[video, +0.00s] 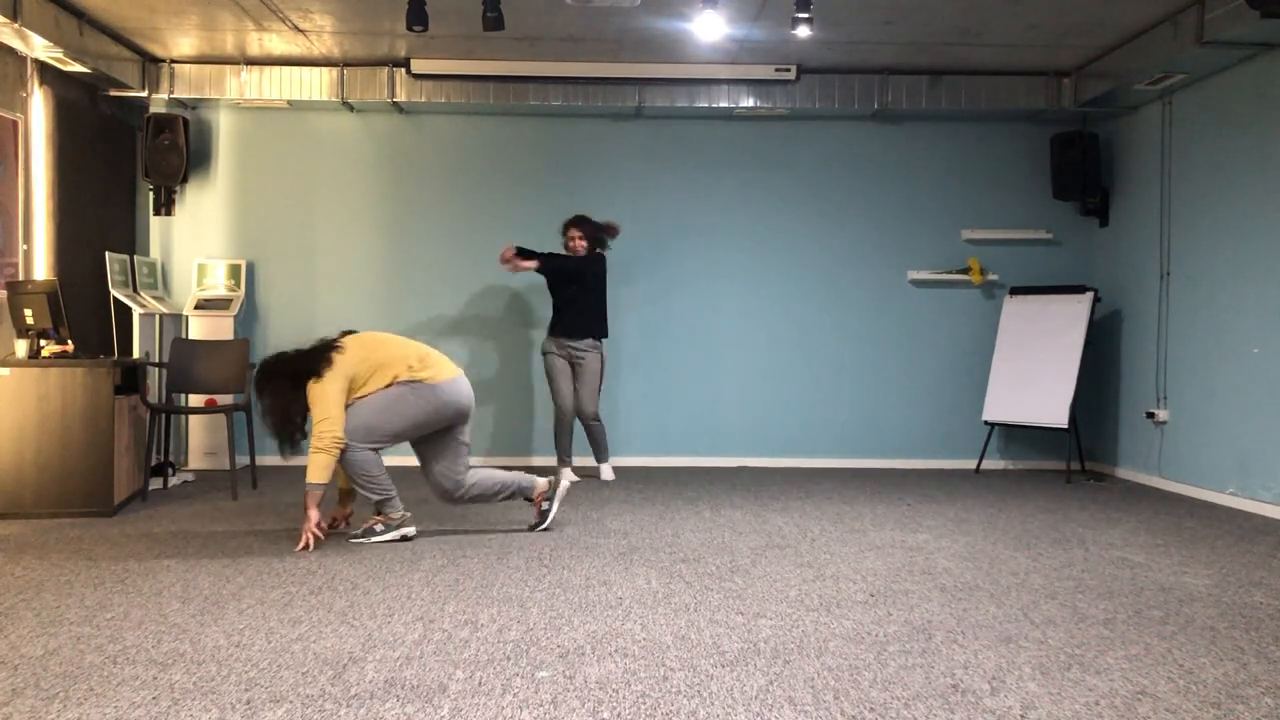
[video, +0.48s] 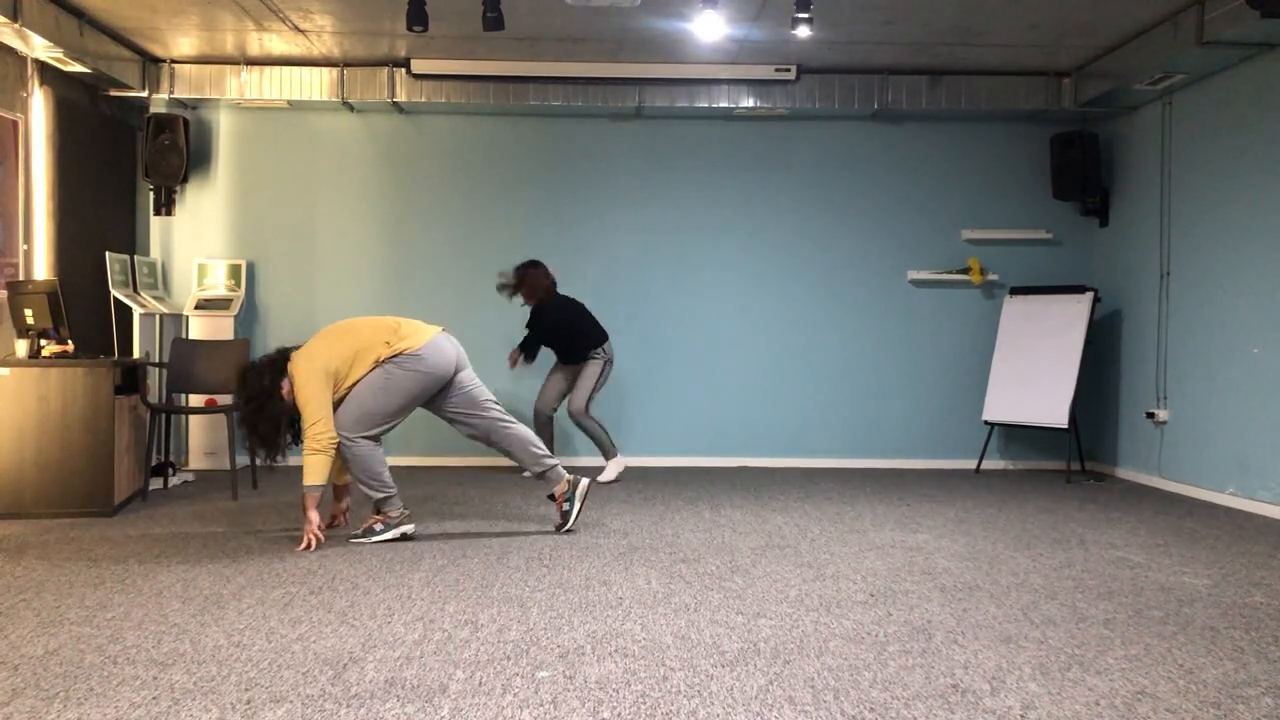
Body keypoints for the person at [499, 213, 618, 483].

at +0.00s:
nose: (573, 243)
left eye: (579, 238)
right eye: (569, 238)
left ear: (590, 241)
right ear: (564, 241)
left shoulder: (596, 261)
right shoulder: (558, 262)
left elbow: (568, 265)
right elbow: (539, 257)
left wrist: (534, 266)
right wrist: (515, 252)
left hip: (588, 347)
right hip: (556, 345)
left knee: (587, 411)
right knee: (564, 409)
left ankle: (604, 465)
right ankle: (565, 470)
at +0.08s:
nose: (563, 239)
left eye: (567, 234)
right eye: (561, 234)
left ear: (580, 233)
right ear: (562, 236)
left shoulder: (588, 256)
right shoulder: (564, 258)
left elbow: (553, 265)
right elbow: (539, 255)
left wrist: (514, 275)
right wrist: (512, 256)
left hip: (587, 344)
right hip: (558, 343)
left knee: (584, 409)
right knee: (550, 402)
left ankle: (605, 462)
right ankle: (559, 464)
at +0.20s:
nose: (542, 232)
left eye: (547, 227)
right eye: (543, 227)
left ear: (560, 230)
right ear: (561, 231)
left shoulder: (567, 254)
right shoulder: (552, 257)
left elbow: (534, 269)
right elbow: (532, 275)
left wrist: (518, 276)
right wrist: (516, 284)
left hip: (587, 338)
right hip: (562, 338)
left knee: (578, 403)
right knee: (540, 398)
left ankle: (607, 458)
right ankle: (541, 459)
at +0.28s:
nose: (535, 246)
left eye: (540, 241)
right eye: (535, 240)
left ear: (551, 243)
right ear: (557, 242)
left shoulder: (561, 265)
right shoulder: (544, 267)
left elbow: (528, 289)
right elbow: (532, 287)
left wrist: (520, 292)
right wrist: (522, 291)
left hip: (586, 341)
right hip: (561, 342)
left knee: (579, 412)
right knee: (543, 406)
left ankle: (612, 463)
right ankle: (541, 464)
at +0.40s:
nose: (518, 277)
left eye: (522, 272)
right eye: (517, 272)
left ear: (532, 273)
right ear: (542, 271)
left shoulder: (539, 299)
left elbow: (533, 323)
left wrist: (525, 330)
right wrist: (518, 265)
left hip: (591, 354)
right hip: (564, 358)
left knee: (574, 415)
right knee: (542, 410)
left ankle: (615, 462)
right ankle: (545, 465)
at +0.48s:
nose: (522, 294)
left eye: (525, 288)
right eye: (521, 290)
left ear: (540, 286)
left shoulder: (555, 309)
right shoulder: (539, 310)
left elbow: (532, 352)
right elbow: (533, 335)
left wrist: (525, 352)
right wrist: (519, 350)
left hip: (597, 356)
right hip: (569, 359)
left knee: (577, 409)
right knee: (542, 410)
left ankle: (614, 459)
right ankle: (546, 464)